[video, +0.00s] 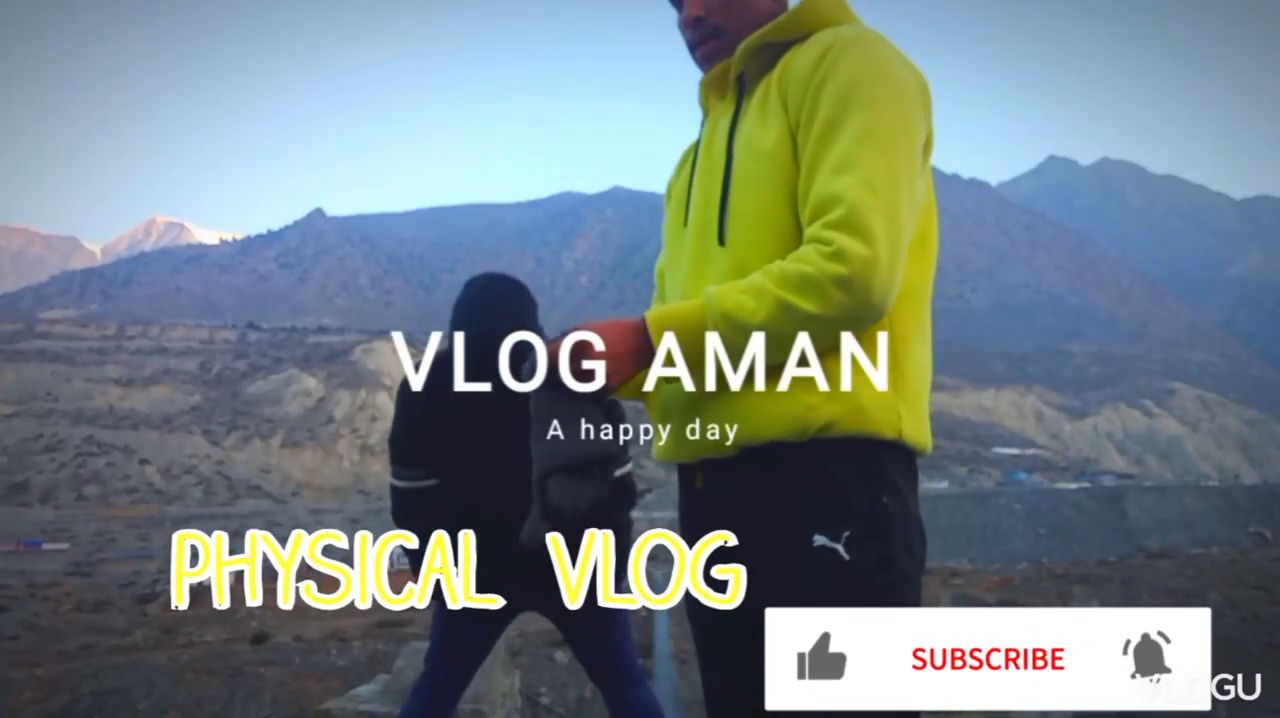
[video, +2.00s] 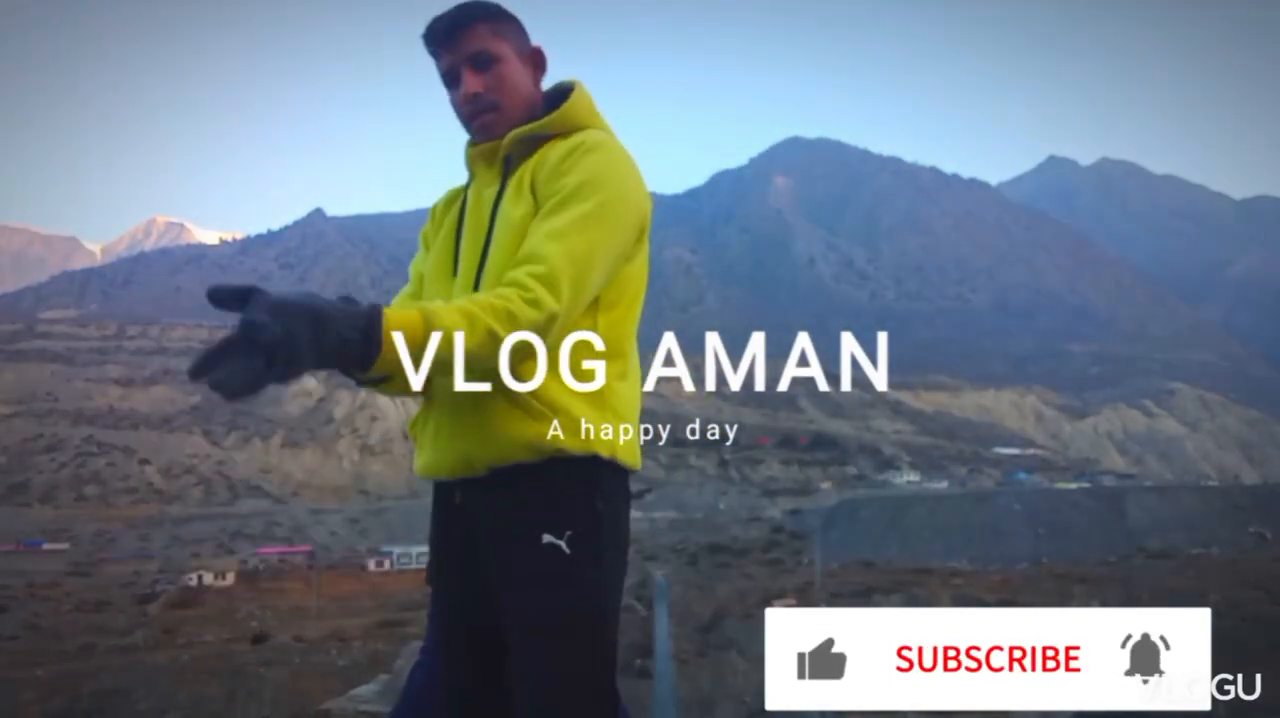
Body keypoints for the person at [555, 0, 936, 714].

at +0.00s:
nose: (688, 13)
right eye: (679, 2)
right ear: (678, 13)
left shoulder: (852, 61)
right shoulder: (694, 157)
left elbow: (854, 271)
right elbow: (683, 318)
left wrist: (651, 340)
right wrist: (627, 365)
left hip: (833, 478)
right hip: (720, 483)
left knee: (841, 702)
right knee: (734, 701)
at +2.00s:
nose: (470, 87)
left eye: (486, 64)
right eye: (453, 77)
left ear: (535, 64)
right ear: (447, 94)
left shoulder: (595, 168)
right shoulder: (451, 211)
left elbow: (522, 320)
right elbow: (420, 345)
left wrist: (354, 333)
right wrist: (318, 335)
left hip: (561, 484)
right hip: (464, 489)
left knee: (564, 699)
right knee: (465, 696)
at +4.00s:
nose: (483, 98)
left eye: (504, 78)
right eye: (470, 84)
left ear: (554, 96)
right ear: (460, 106)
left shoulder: (616, 187)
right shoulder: (439, 212)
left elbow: (730, 151)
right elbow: (319, 207)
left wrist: (645, 88)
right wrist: (410, 132)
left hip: (574, 496)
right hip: (457, 500)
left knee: (587, 698)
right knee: (474, 696)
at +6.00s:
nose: (467, 102)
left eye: (481, 78)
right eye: (465, 85)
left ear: (544, 70)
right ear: (526, 78)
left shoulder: (616, 152)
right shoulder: (491, 214)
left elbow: (735, 233)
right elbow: (495, 370)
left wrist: (782, 265)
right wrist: (390, 368)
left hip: (594, 479)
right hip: (497, 488)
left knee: (588, 696)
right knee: (504, 697)